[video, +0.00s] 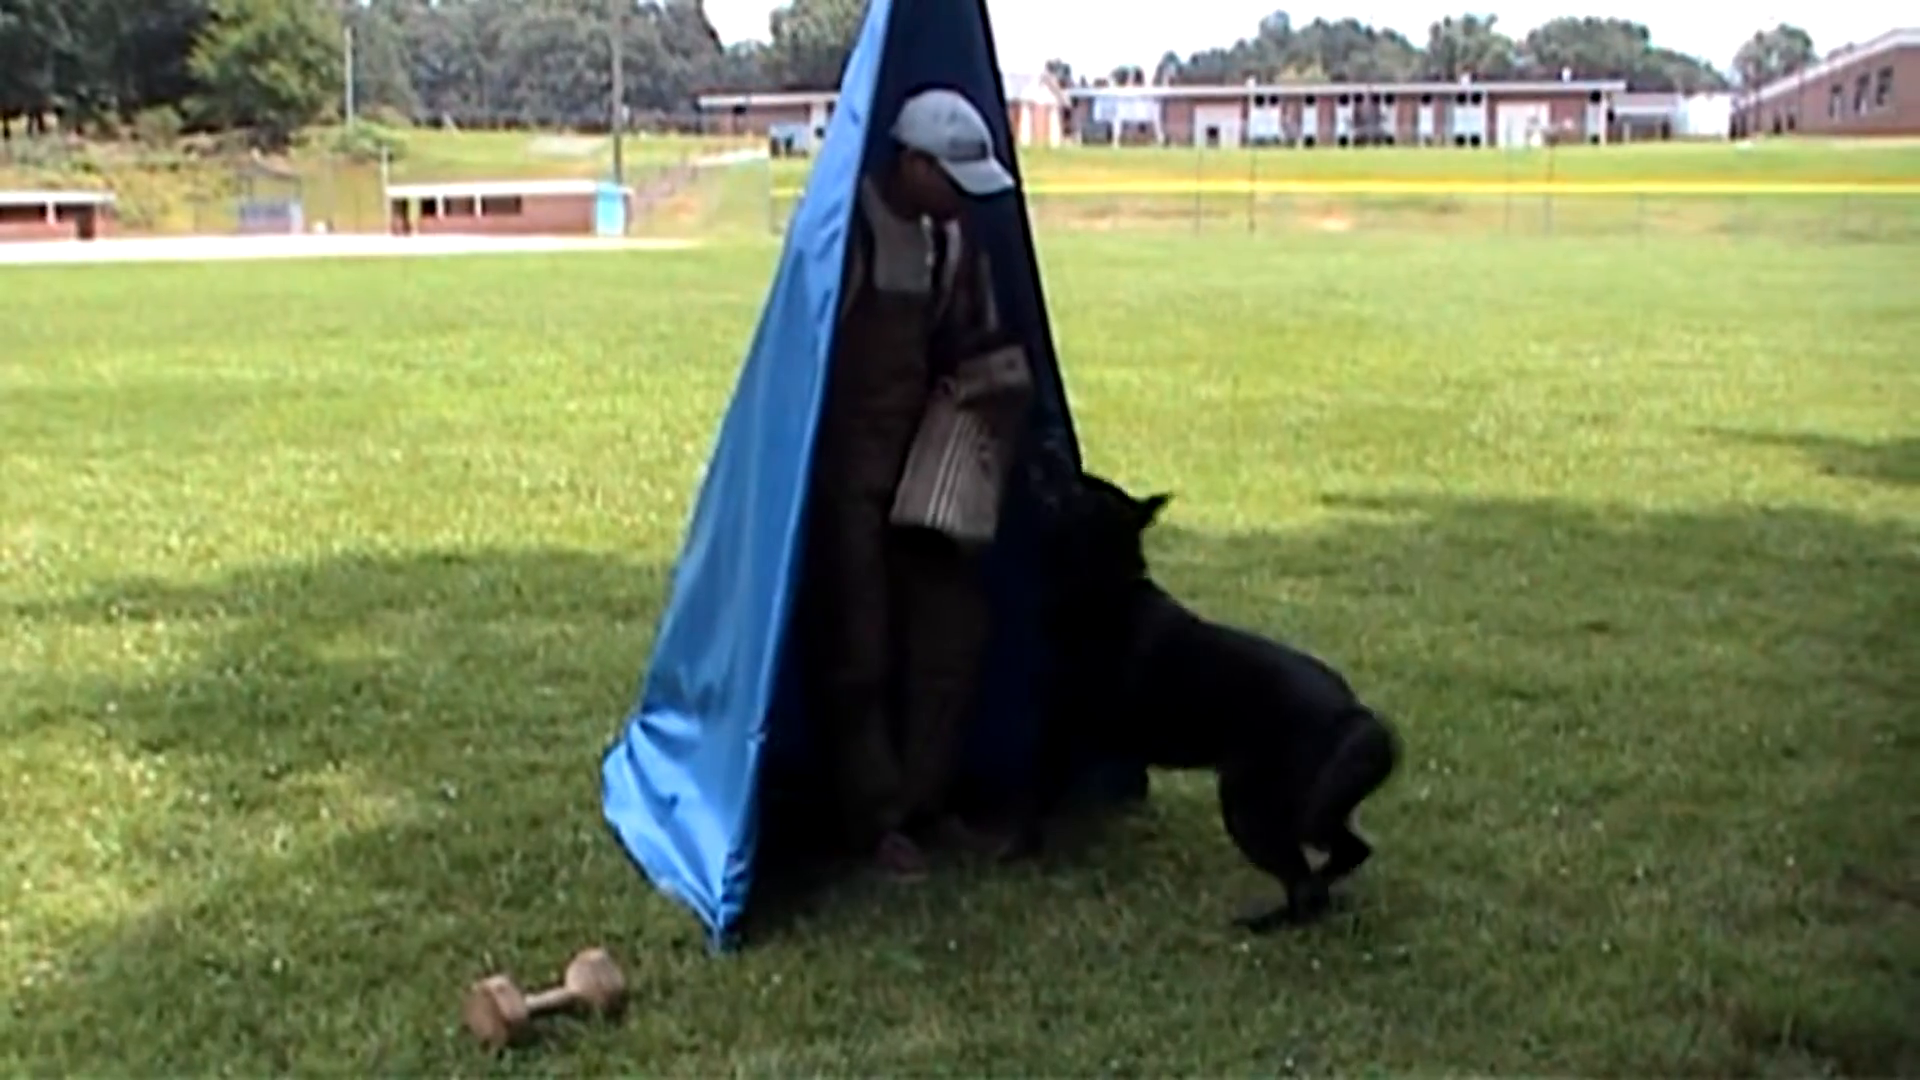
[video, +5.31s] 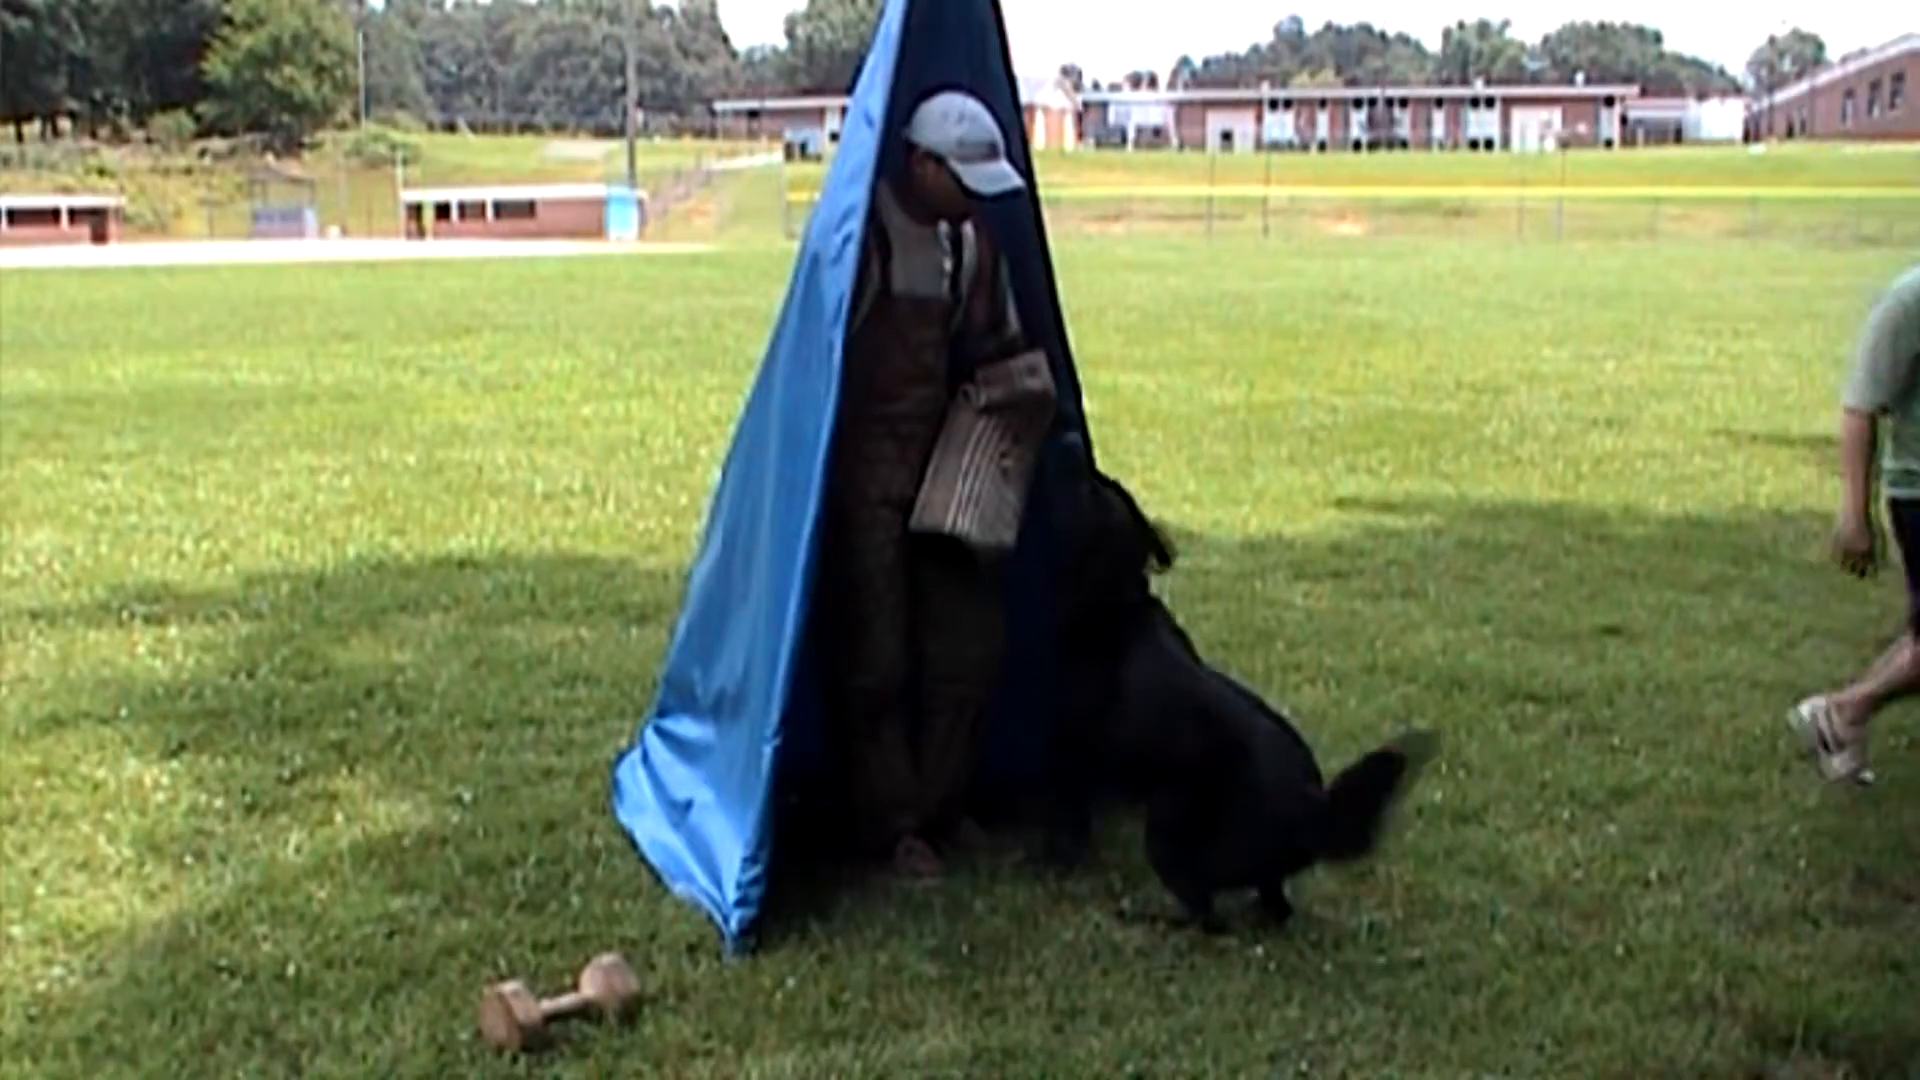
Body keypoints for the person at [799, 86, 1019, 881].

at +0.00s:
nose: (959, 200)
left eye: (967, 186)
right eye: (951, 183)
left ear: (957, 175)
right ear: (908, 163)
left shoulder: (960, 245)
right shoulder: (839, 239)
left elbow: (996, 359)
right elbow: (801, 368)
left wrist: (992, 378)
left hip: (937, 484)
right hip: (847, 485)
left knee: (944, 640)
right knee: (862, 652)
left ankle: (929, 807)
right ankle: (876, 824)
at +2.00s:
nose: (979, 200)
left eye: (986, 186)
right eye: (969, 183)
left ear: (983, 175)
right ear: (928, 164)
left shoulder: (984, 249)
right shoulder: (864, 244)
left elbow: (1020, 363)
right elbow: (824, 370)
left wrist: (1021, 383)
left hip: (963, 487)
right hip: (874, 487)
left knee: (969, 646)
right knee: (887, 657)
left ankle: (951, 810)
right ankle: (898, 828)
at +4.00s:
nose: (975, 201)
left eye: (982, 186)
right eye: (966, 183)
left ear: (975, 175)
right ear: (924, 164)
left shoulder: (978, 249)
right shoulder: (861, 242)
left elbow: (998, 359)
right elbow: (820, 364)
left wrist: (1025, 377)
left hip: (958, 475)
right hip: (871, 477)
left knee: (967, 639)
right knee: (884, 652)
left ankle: (950, 810)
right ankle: (895, 828)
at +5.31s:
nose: (971, 199)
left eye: (978, 186)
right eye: (961, 182)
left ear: (974, 174)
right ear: (917, 163)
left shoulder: (975, 245)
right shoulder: (855, 241)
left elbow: (997, 355)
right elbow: (815, 365)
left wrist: (1022, 384)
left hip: (955, 484)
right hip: (866, 486)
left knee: (961, 646)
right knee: (880, 658)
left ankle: (944, 813)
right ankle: (892, 829)